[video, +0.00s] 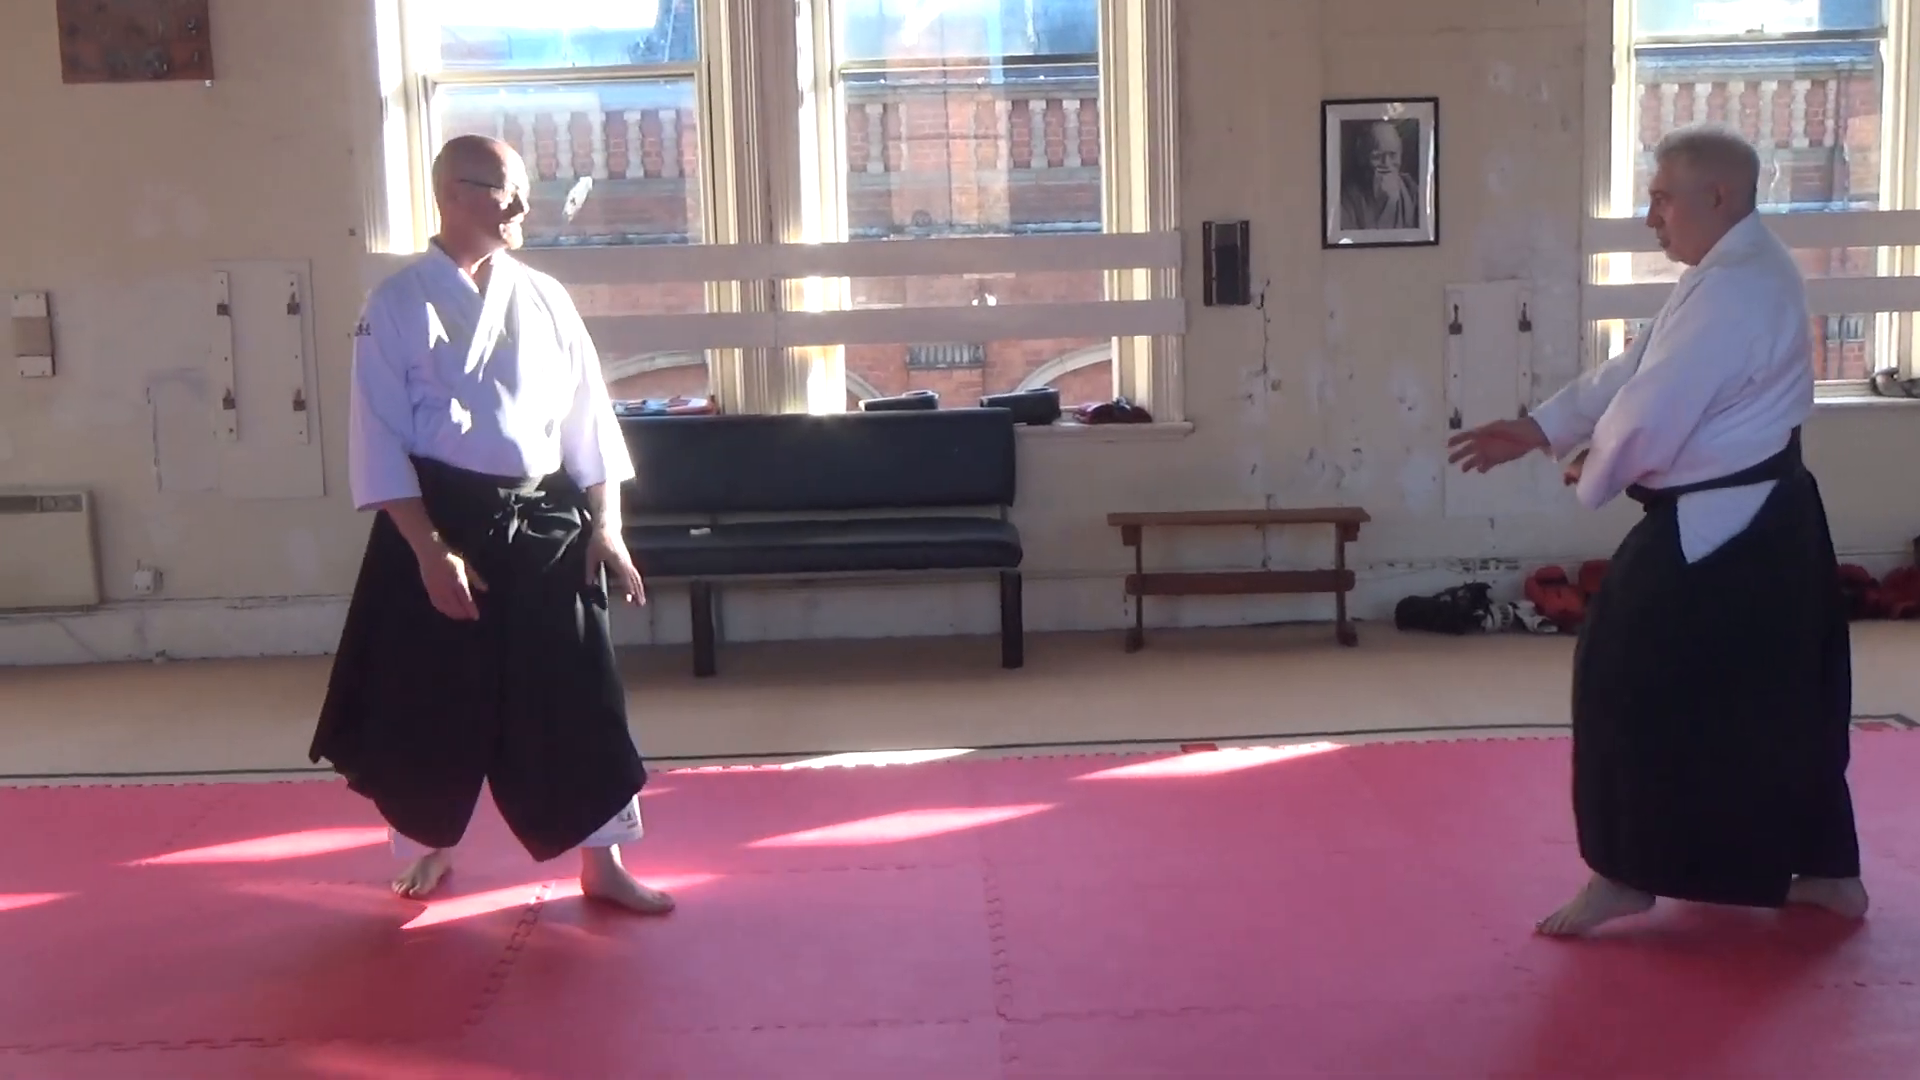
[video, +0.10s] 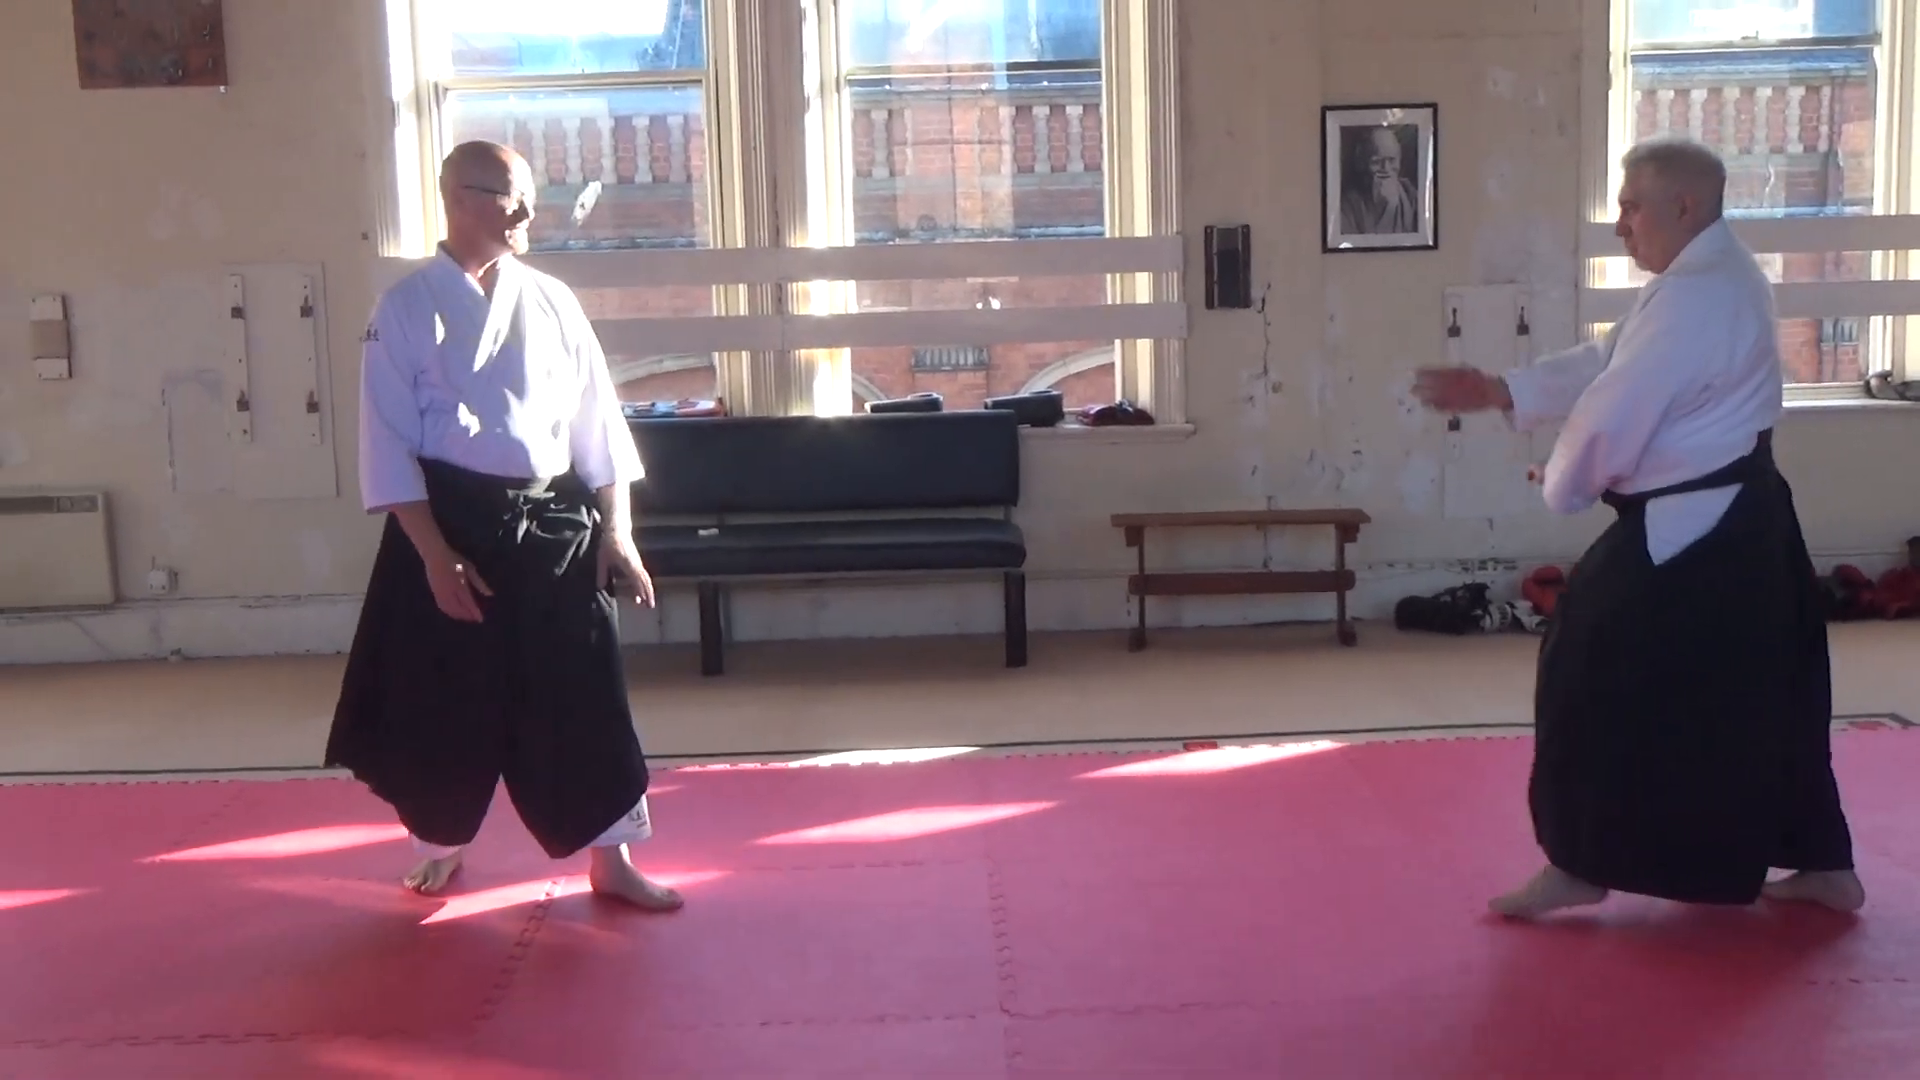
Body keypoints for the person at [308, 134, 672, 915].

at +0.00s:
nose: (508, 201)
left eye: (515, 189)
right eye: (488, 187)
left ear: (523, 201)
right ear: (443, 197)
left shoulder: (545, 296)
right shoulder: (398, 301)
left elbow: (590, 415)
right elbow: (377, 439)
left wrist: (607, 523)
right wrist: (428, 549)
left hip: (547, 519)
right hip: (441, 519)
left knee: (585, 683)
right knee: (431, 684)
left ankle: (603, 860)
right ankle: (434, 842)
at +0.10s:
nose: (517, 210)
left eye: (524, 199)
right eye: (498, 196)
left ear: (530, 207)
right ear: (452, 199)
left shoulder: (553, 301)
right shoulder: (408, 306)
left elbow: (598, 420)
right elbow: (386, 442)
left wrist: (618, 529)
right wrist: (435, 552)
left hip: (556, 522)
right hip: (451, 523)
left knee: (591, 685)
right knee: (446, 686)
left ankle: (614, 859)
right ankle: (445, 841)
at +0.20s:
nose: (521, 211)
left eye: (529, 201)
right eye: (503, 196)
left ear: (534, 211)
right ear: (456, 199)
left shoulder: (558, 301)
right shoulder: (412, 307)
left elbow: (604, 421)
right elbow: (392, 446)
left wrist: (622, 527)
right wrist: (441, 556)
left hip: (564, 523)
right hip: (458, 523)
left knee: (597, 686)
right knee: (450, 686)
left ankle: (620, 858)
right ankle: (447, 844)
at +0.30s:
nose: (529, 216)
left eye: (535, 205)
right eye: (512, 202)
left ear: (539, 212)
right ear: (463, 201)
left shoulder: (562, 302)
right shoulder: (416, 309)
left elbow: (609, 419)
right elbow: (397, 446)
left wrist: (629, 525)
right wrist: (445, 558)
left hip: (568, 521)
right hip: (462, 523)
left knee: (605, 680)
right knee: (455, 683)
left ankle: (620, 850)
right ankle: (453, 842)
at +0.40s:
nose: (543, 225)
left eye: (552, 215)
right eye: (525, 210)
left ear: (561, 223)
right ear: (481, 212)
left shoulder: (582, 310)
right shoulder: (437, 318)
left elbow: (634, 419)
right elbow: (411, 451)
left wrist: (662, 525)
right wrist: (456, 559)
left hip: (580, 522)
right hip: (478, 524)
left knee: (614, 680)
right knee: (471, 683)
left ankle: (629, 848)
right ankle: (464, 839)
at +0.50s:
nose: (604, 255)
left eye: (602, 242)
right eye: (580, 240)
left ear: (600, 253)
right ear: (544, 248)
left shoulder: (634, 336)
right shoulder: (504, 341)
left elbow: (697, 415)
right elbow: (457, 445)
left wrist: (745, 498)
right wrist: (503, 536)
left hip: (625, 536)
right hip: (534, 537)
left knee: (656, 683)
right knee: (522, 683)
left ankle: (664, 837)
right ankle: (510, 812)